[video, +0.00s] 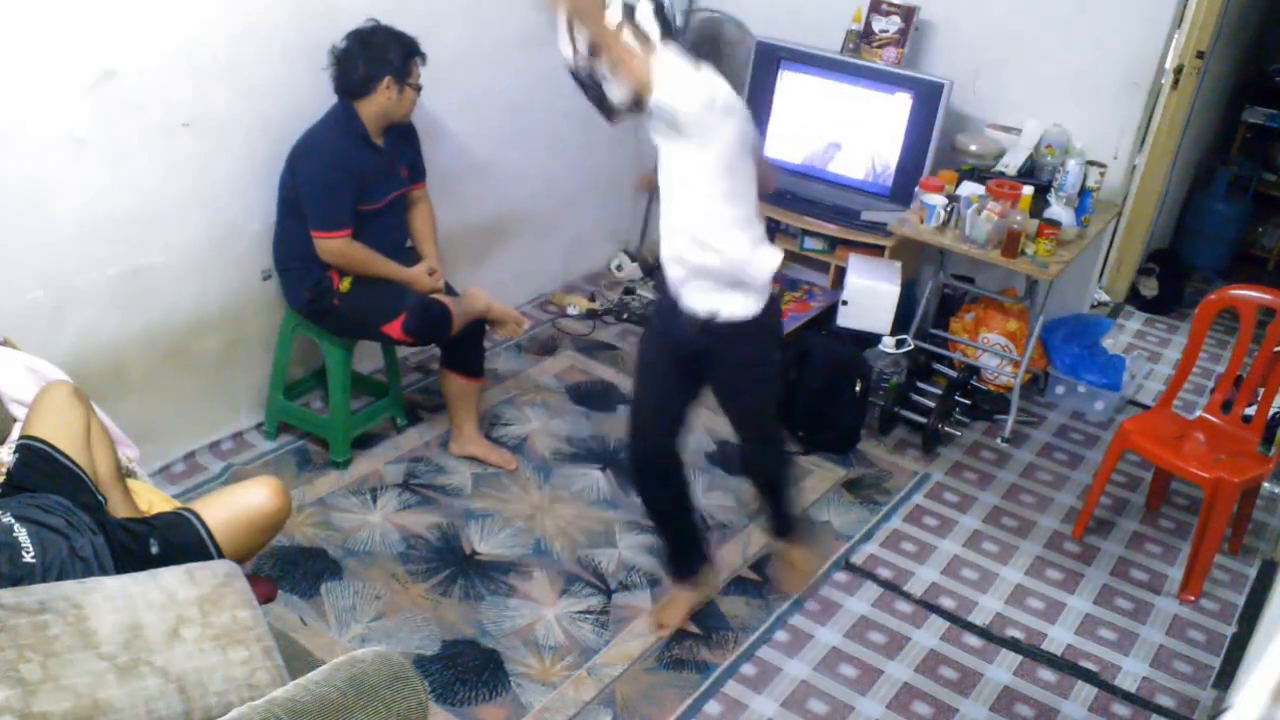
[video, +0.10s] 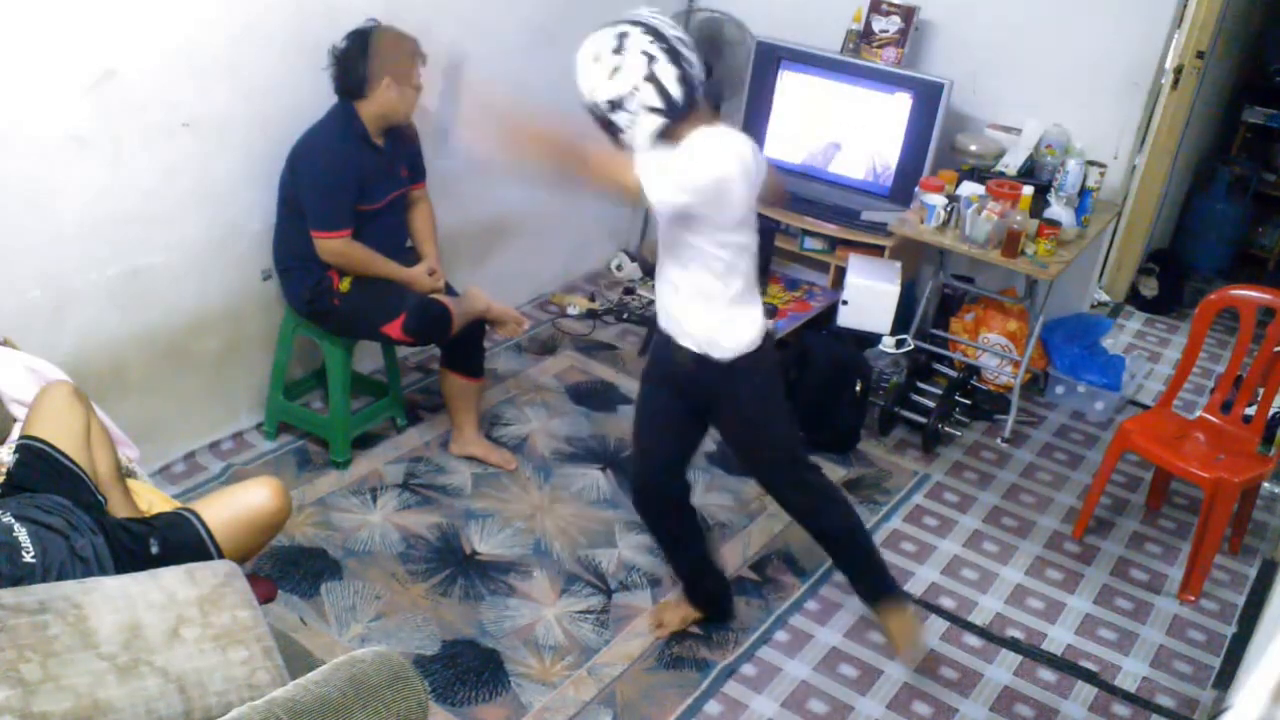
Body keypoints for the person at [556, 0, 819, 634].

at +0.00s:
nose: (624, 69)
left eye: (630, 57)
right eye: (618, 60)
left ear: (664, 53)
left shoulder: (712, 100)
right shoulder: (672, 110)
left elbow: (617, 50)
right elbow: (755, 181)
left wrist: (587, 15)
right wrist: (667, 180)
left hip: (741, 314)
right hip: (679, 305)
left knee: (760, 441)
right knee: (650, 448)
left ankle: (791, 535)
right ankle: (692, 571)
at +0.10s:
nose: (616, 123)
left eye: (617, 108)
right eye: (609, 112)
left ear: (640, 95)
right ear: (675, 74)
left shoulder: (725, 154)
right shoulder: (669, 150)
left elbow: (608, 170)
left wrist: (528, 141)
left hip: (738, 360)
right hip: (676, 351)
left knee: (791, 480)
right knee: (655, 488)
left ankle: (886, 599)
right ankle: (707, 598)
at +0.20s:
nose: (635, 112)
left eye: (637, 97)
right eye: (629, 99)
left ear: (671, 84)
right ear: (689, 72)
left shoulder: (731, 152)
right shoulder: (682, 138)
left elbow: (631, 228)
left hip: (738, 353)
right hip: (672, 347)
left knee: (798, 487)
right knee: (673, 480)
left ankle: (877, 628)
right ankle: (703, 595)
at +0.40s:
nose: (704, 87)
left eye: (724, 78)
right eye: (697, 69)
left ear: (759, 69)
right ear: (685, 45)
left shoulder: (774, 131)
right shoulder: (663, 57)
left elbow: (826, 238)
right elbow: (599, 10)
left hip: (732, 312)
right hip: (663, 304)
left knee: (727, 489)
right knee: (681, 475)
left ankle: (736, 679)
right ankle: (721, 623)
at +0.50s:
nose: (710, 159)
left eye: (730, 151)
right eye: (699, 139)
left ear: (757, 133)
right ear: (677, 101)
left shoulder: (776, 164)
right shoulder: (650, 120)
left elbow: (880, 191)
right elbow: (605, 40)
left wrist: (972, 193)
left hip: (732, 359)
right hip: (661, 354)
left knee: (681, 525)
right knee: (671, 519)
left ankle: (620, 705)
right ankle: (734, 650)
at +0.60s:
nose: (729, 146)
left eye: (751, 136)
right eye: (719, 127)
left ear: (775, 122)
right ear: (694, 97)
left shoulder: (777, 158)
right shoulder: (648, 120)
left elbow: (873, 159)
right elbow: (577, 51)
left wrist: (953, 128)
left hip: (716, 351)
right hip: (648, 348)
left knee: (663, 503)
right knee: (680, 503)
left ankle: (592, 687)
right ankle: (728, 645)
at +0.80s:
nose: (731, 88)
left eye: (746, 78)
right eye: (725, 67)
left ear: (757, 77)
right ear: (696, 48)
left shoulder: (743, 108)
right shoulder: (627, 75)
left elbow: (788, 113)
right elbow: (572, 7)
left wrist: (841, 119)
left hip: (675, 308)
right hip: (607, 297)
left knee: (613, 444)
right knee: (634, 435)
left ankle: (578, 570)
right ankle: (678, 549)